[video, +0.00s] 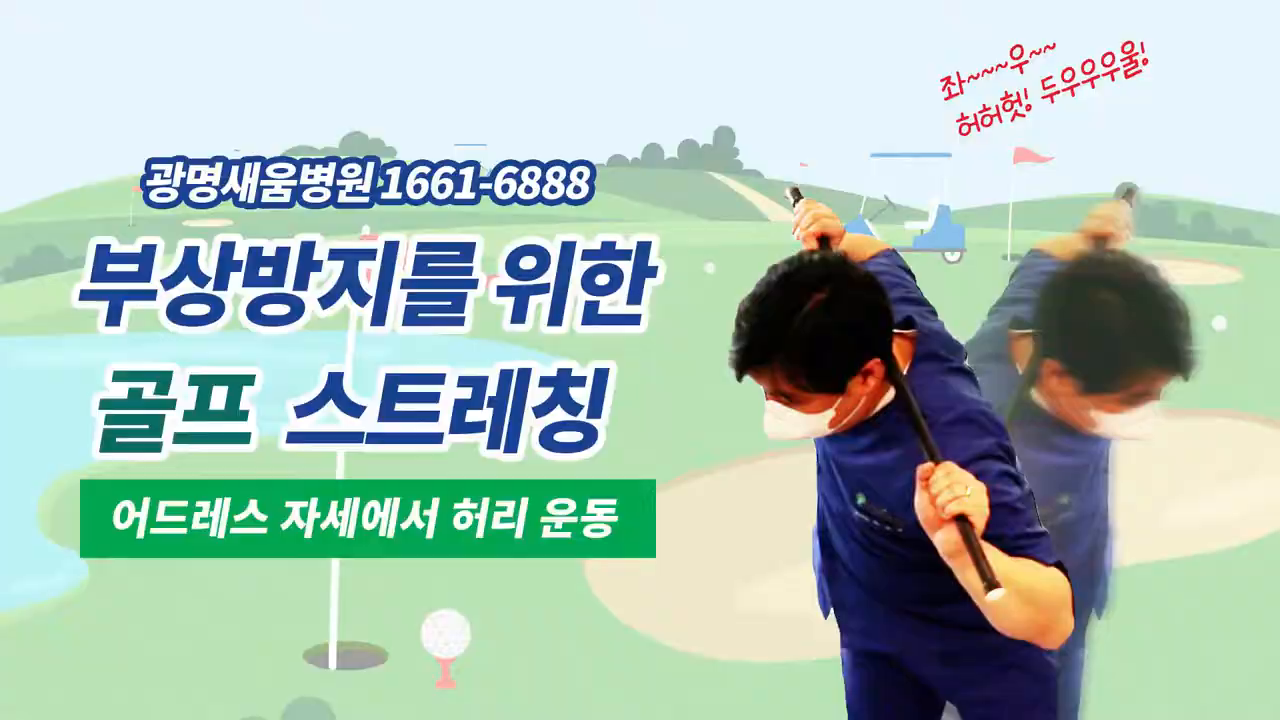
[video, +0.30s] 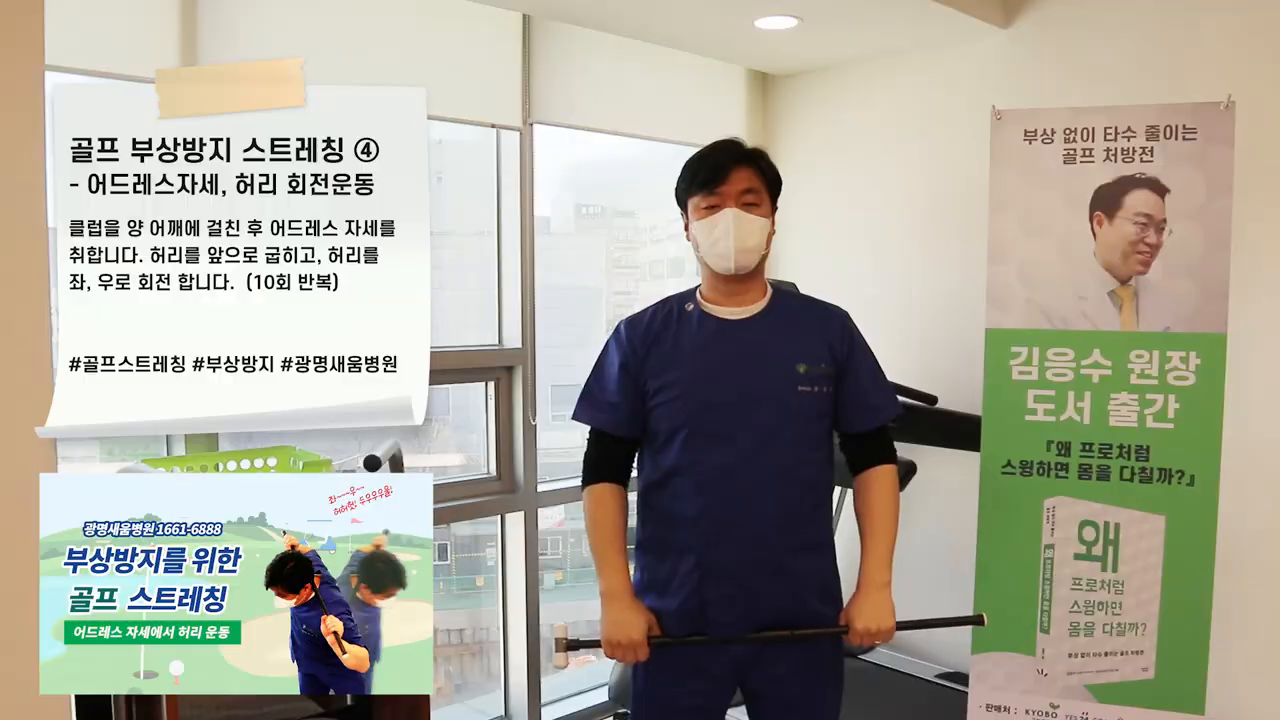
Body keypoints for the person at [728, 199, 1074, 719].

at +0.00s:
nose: (776, 409)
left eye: (792, 398)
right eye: (768, 392)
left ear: (868, 379)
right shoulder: (882, 305)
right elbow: (876, 256)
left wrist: (963, 551)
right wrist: (837, 239)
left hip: (994, 655)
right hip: (878, 635)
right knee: (878, 709)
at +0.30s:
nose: (732, 220)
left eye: (750, 204)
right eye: (711, 207)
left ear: (772, 220)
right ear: (687, 224)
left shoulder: (828, 332)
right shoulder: (640, 340)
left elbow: (873, 459)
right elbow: (604, 470)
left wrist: (875, 585)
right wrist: (616, 597)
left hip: (800, 630)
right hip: (677, 636)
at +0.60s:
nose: (735, 220)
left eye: (754, 203)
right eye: (715, 207)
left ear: (776, 219)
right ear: (690, 225)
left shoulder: (831, 333)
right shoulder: (643, 342)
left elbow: (875, 461)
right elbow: (610, 473)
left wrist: (875, 588)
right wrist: (619, 603)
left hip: (801, 625)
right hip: (677, 629)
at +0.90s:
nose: (752, 229)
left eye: (771, 213)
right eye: (732, 215)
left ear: (794, 226)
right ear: (707, 226)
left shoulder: (843, 328)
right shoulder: (656, 330)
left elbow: (928, 419)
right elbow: (582, 420)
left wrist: (933, 479)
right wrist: (587, 493)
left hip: (805, 613)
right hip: (687, 613)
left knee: (811, 712)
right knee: (674, 712)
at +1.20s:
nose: (771, 261)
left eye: (792, 241)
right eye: (752, 242)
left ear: (815, 236)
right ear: (725, 235)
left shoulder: (855, 315)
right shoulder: (679, 314)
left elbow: (981, 342)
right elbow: (567, 326)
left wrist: (968, 283)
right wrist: (581, 272)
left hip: (817, 612)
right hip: (700, 612)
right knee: (683, 712)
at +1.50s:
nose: (779, 249)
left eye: (799, 229)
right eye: (758, 232)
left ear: (822, 229)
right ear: (733, 231)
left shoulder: (866, 308)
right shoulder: (692, 310)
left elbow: (986, 267)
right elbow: (580, 258)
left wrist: (951, 154)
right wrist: (606, 142)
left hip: (830, 614)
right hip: (709, 612)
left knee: (831, 714)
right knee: (690, 713)